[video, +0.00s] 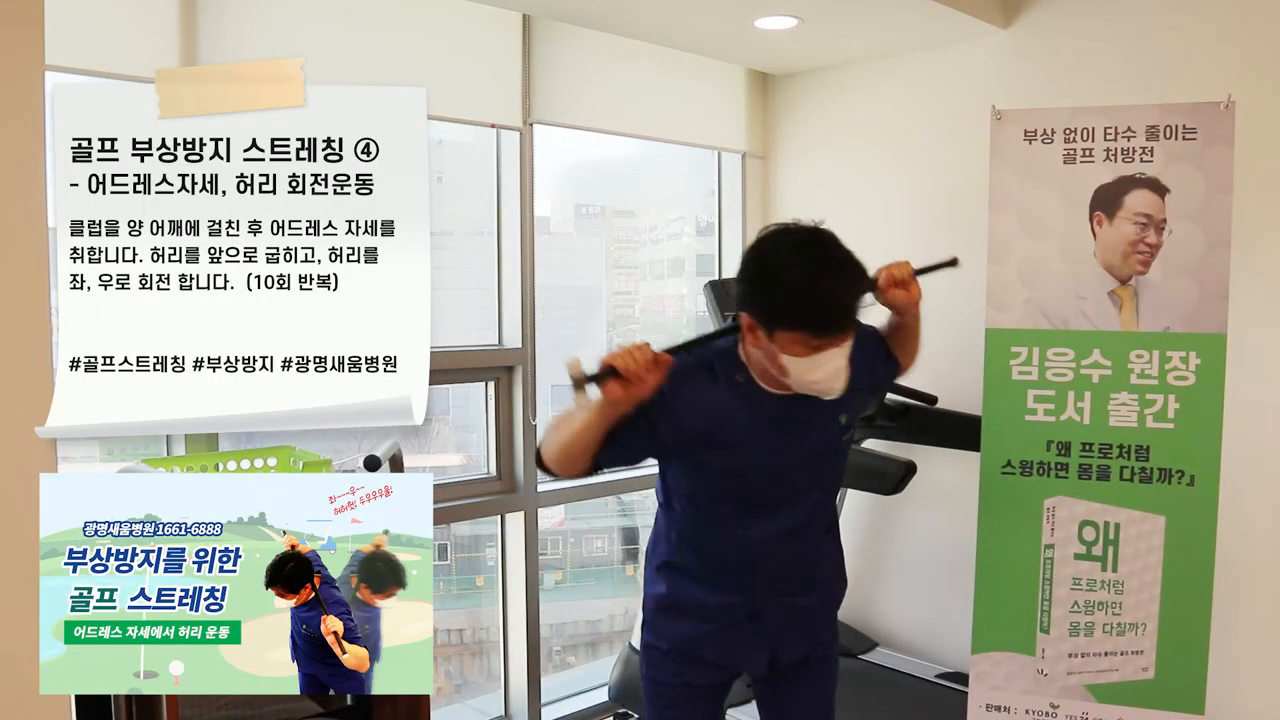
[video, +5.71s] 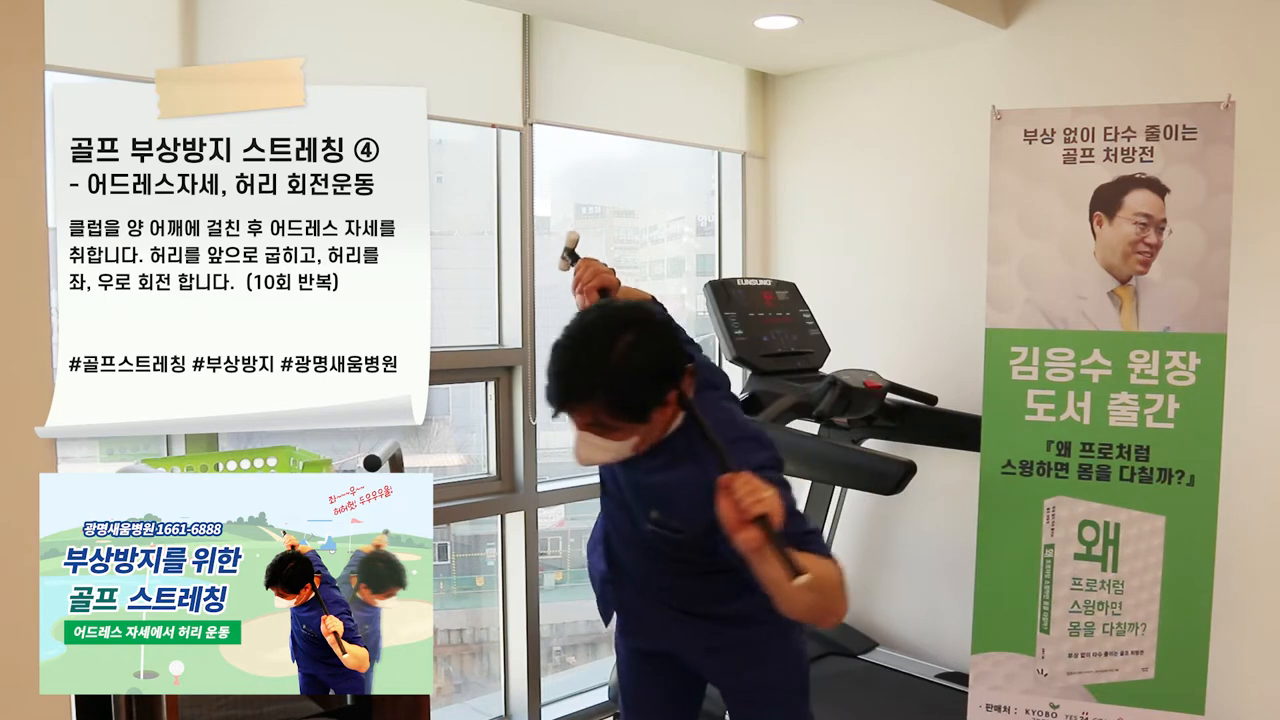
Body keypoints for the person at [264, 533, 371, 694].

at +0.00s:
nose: (278, 599)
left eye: (283, 596)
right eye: (276, 594)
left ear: (306, 590)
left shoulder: (334, 607)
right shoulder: (312, 570)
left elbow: (363, 665)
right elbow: (308, 552)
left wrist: (335, 642)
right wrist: (297, 547)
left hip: (344, 673)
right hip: (310, 667)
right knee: (312, 714)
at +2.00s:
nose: (278, 599)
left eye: (283, 596)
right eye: (276, 593)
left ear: (306, 590)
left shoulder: (334, 608)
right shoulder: (312, 570)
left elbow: (363, 665)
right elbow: (308, 552)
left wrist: (336, 643)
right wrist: (297, 547)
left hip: (344, 672)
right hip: (310, 667)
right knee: (312, 715)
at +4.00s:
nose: (278, 599)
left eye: (283, 595)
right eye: (276, 593)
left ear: (306, 589)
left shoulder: (334, 608)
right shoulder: (311, 570)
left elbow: (363, 665)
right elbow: (308, 552)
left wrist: (335, 642)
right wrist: (296, 547)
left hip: (344, 672)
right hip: (310, 666)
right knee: (313, 714)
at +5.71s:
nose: (278, 599)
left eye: (283, 596)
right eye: (276, 593)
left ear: (306, 589)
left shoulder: (334, 607)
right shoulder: (312, 570)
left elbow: (362, 665)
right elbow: (308, 552)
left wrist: (336, 642)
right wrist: (297, 547)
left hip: (344, 672)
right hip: (310, 667)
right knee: (312, 715)